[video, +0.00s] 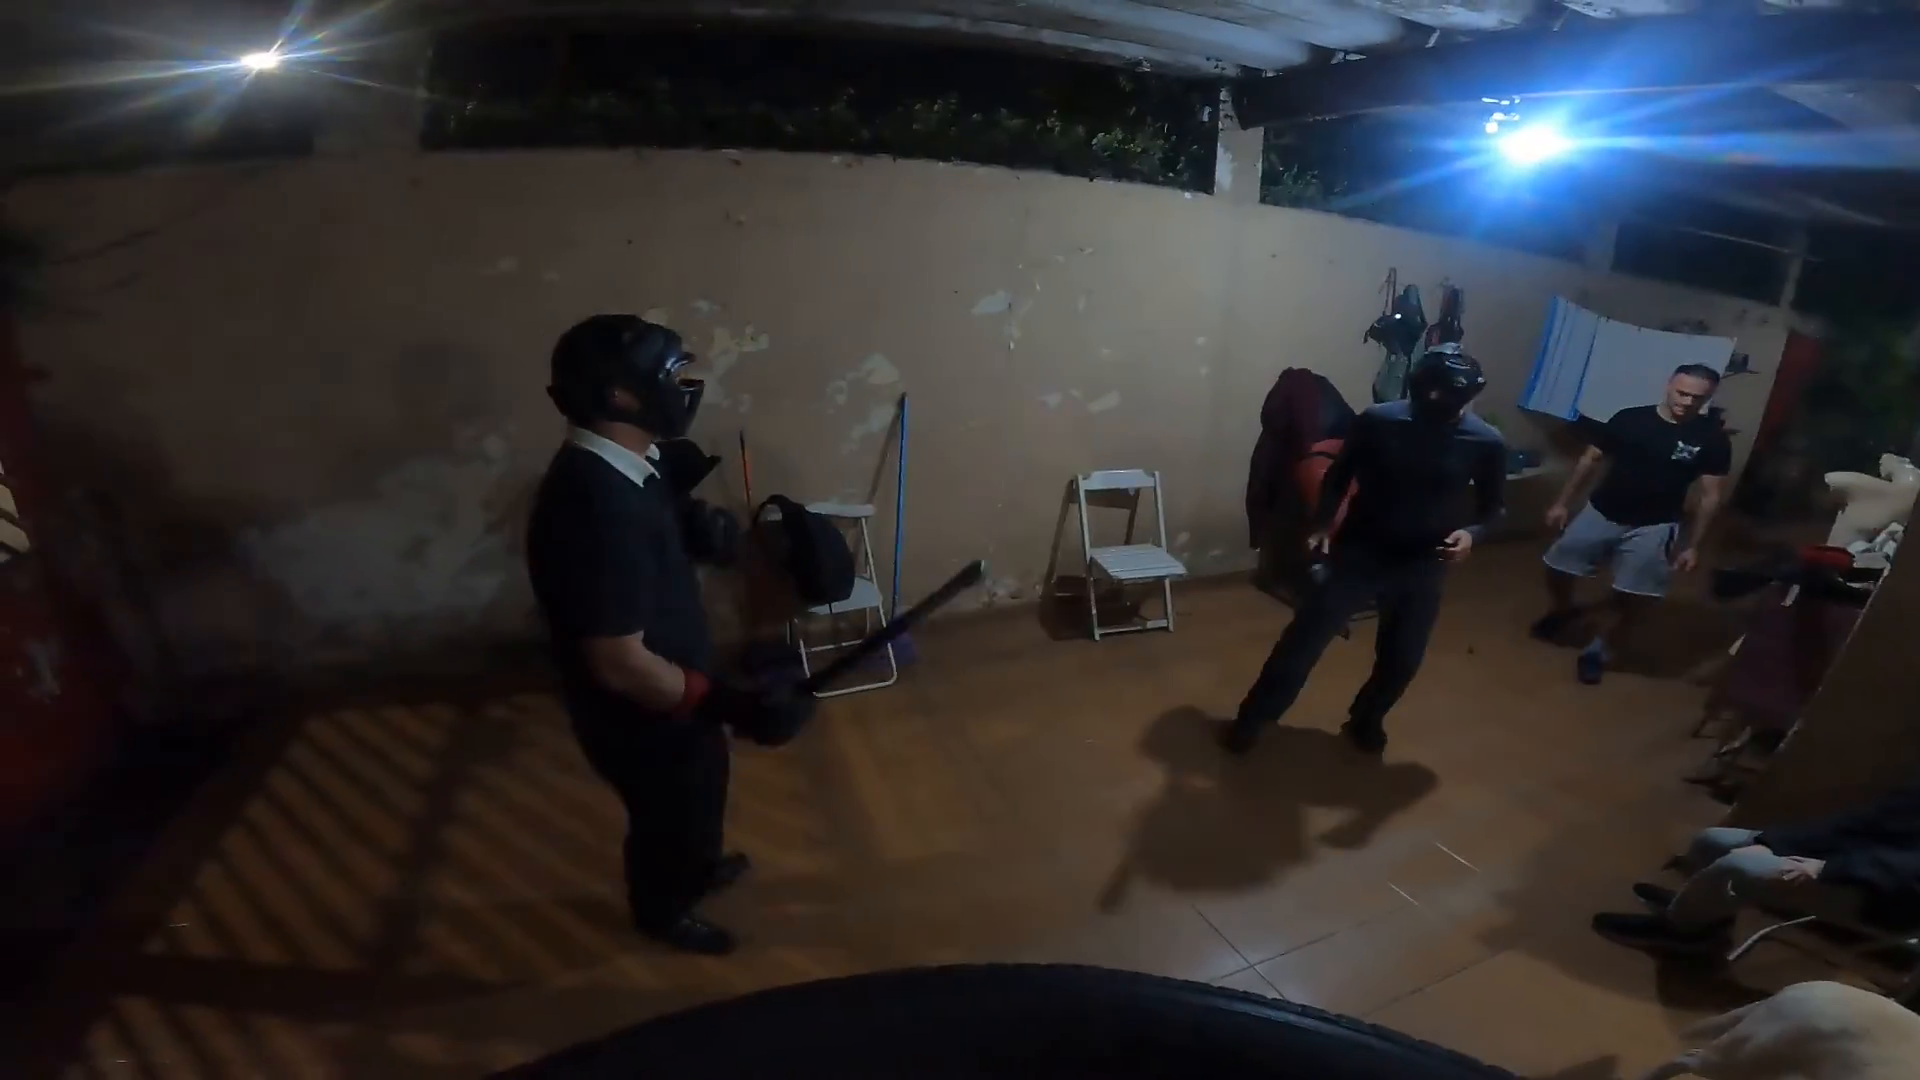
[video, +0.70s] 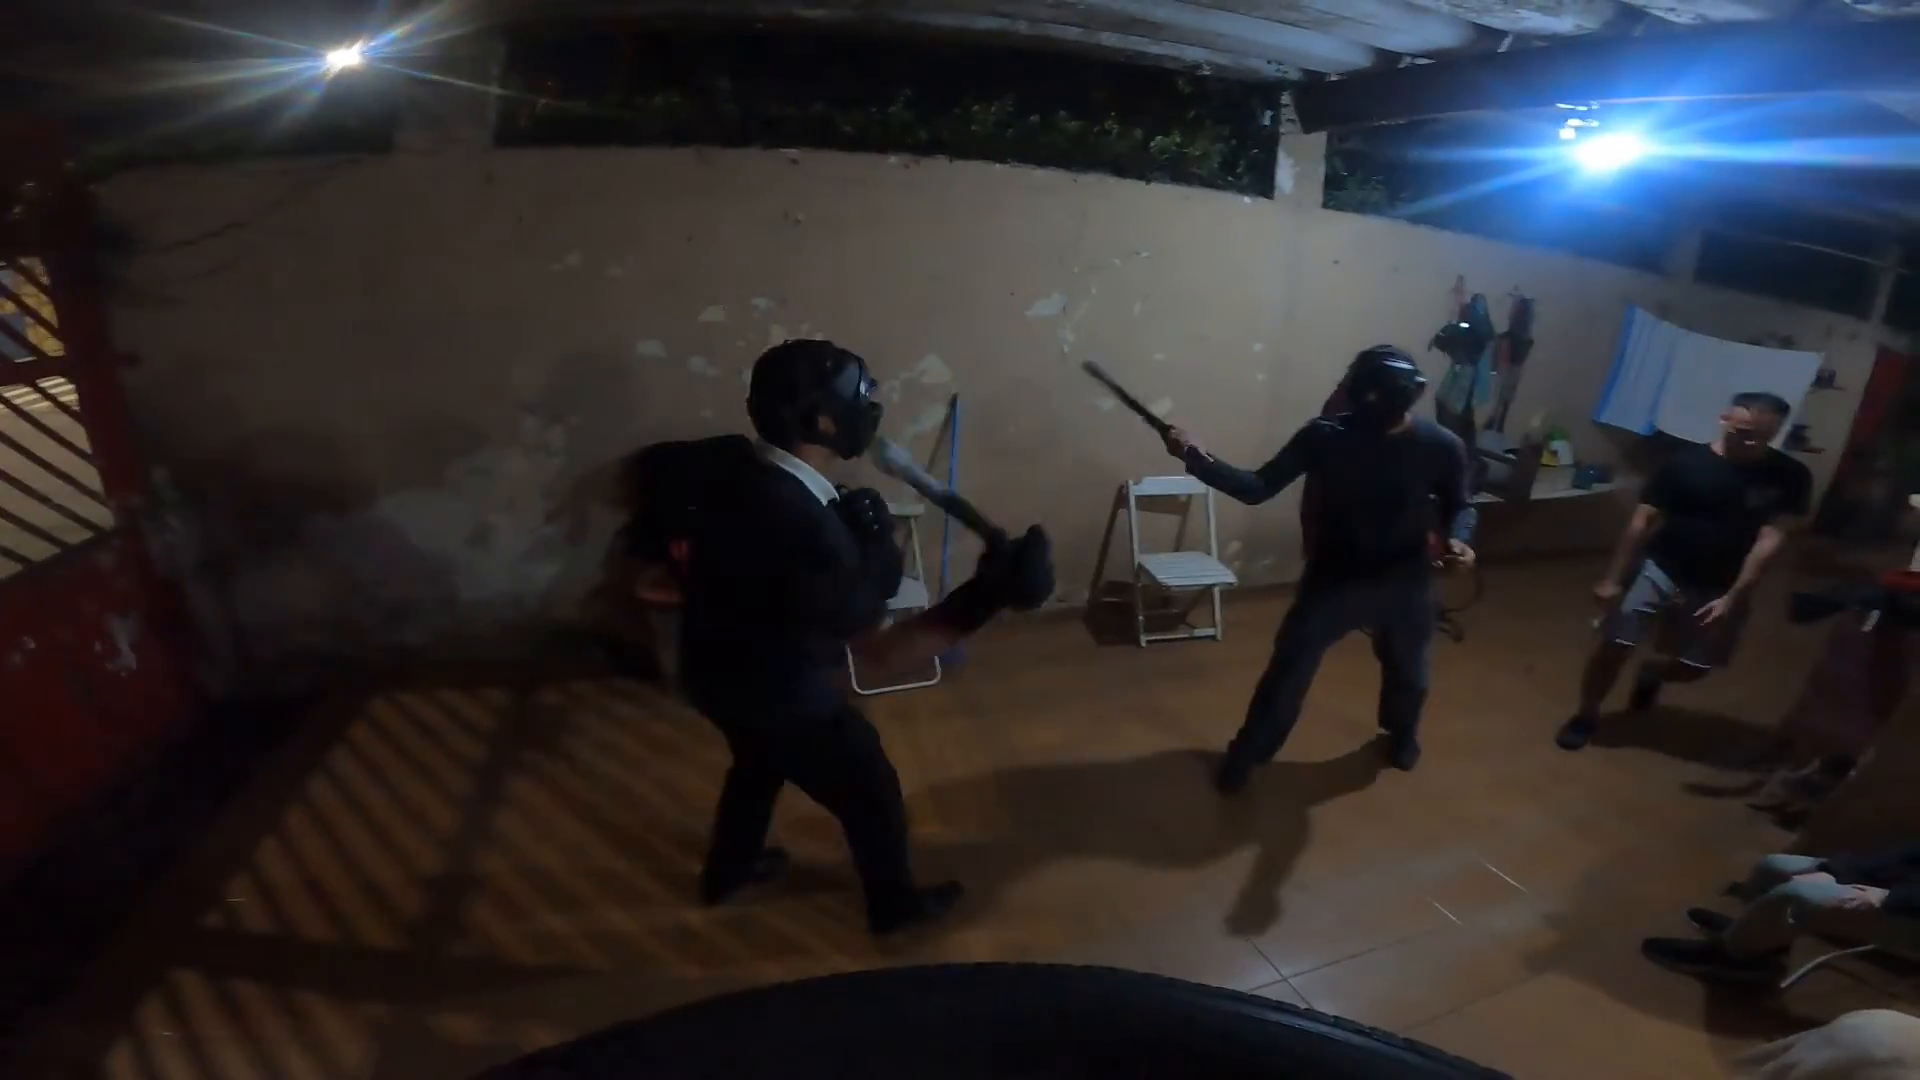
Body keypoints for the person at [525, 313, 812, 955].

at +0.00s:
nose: (684, 383)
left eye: (679, 368)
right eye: (665, 373)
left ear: (620, 398)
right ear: (620, 397)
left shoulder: (631, 466)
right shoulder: (588, 498)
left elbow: (635, 542)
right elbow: (616, 655)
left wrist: (692, 530)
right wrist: (713, 700)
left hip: (668, 689)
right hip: (633, 710)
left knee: (694, 788)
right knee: (666, 815)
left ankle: (695, 866)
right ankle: (662, 914)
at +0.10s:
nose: (703, 393)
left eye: (699, 378)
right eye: (687, 381)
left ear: (643, 401)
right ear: (644, 400)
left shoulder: (648, 468)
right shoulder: (609, 499)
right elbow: (638, 652)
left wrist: (705, 518)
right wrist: (745, 682)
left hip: (677, 683)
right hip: (649, 702)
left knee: (707, 785)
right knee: (707, 810)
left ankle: (703, 861)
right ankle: (672, 909)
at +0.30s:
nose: (753, 400)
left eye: (750, 385)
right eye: (738, 389)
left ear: (692, 408)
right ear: (697, 407)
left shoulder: (663, 470)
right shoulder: (662, 500)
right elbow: (689, 650)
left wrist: (748, 517)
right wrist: (793, 664)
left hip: (681, 670)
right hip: (679, 687)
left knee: (724, 765)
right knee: (798, 792)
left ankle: (709, 877)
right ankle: (755, 905)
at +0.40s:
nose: (787, 403)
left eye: (782, 389)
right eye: (771, 391)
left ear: (724, 411)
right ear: (730, 410)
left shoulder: (680, 473)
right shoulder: (701, 503)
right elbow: (718, 643)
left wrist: (784, 520)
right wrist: (808, 659)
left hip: (679, 668)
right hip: (704, 682)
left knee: (739, 752)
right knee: (819, 784)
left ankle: (723, 867)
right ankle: (837, 909)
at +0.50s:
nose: (823, 405)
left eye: (819, 392)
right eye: (809, 395)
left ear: (757, 414)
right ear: (770, 416)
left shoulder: (694, 472)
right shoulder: (742, 510)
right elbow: (765, 652)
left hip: (686, 660)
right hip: (730, 679)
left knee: (758, 745)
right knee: (834, 778)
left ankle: (732, 861)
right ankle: (890, 900)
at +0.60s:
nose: (853, 407)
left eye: (847, 391)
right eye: (839, 395)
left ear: (760, 416)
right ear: (804, 422)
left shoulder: (705, 469)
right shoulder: (784, 531)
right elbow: (826, 658)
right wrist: (939, 617)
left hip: (707, 667)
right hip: (768, 689)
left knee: (759, 763)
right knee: (858, 785)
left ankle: (733, 865)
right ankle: (895, 901)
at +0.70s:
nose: (868, 410)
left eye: (864, 397)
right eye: (856, 399)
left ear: (777, 416)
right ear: (821, 423)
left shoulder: (721, 465)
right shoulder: (816, 532)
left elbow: (639, 472)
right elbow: (877, 651)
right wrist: (987, 592)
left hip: (714, 671)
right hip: (785, 696)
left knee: (759, 761)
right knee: (870, 786)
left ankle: (728, 867)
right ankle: (893, 902)